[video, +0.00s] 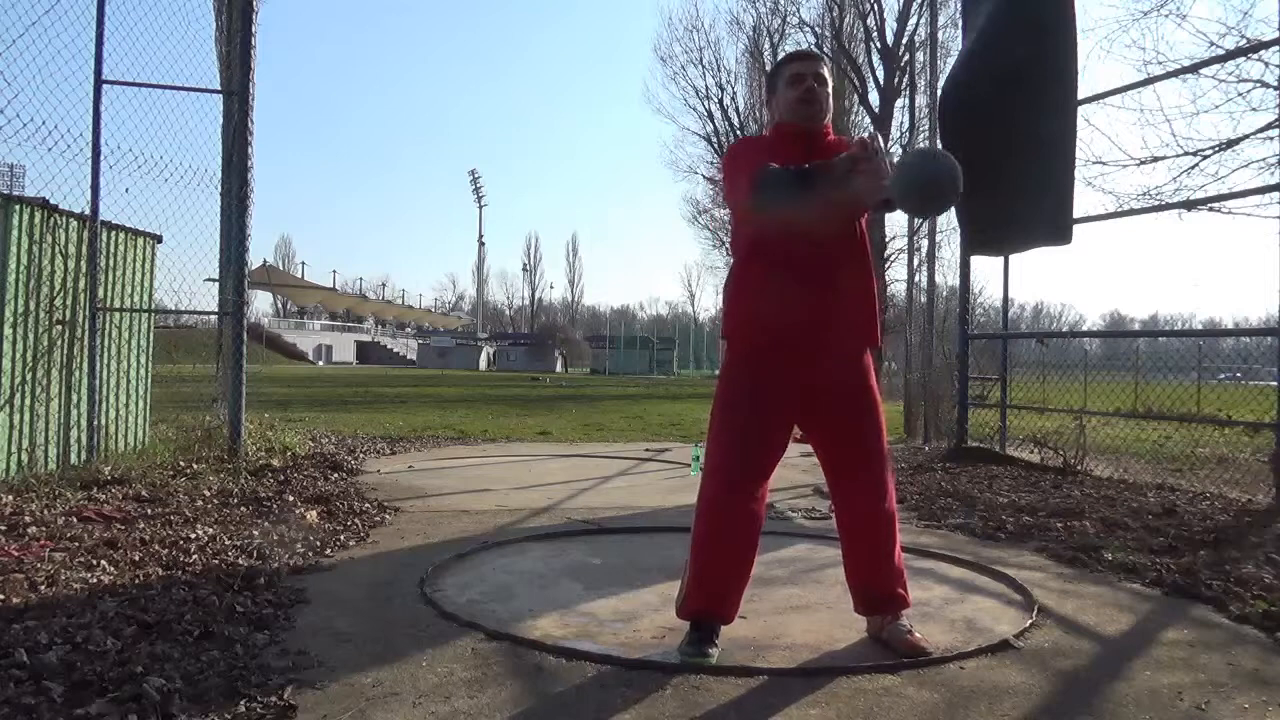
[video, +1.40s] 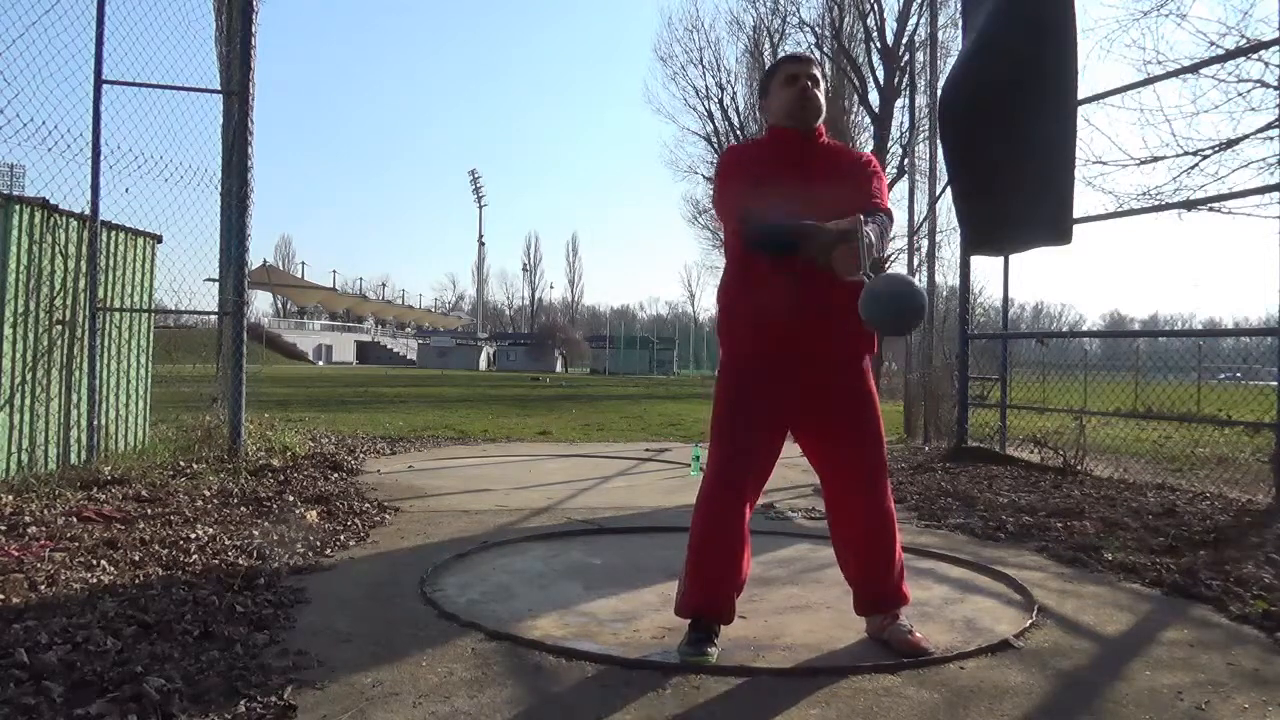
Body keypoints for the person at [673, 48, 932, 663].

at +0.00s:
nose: (809, 86)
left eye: (818, 79)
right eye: (795, 79)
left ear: (832, 98)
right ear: (771, 97)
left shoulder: (852, 154)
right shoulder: (746, 154)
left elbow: (880, 188)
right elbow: (767, 204)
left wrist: (879, 172)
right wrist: (851, 187)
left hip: (843, 353)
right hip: (758, 354)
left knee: (868, 487)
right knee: (729, 489)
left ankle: (887, 616)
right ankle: (705, 620)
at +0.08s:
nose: (810, 86)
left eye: (819, 79)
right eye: (796, 78)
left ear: (834, 98)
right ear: (771, 97)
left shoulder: (863, 161)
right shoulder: (746, 155)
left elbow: (880, 212)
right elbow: (756, 210)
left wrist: (883, 215)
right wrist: (846, 212)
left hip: (840, 356)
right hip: (755, 356)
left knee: (866, 488)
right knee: (726, 489)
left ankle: (887, 616)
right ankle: (704, 620)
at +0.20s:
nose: (816, 91)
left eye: (824, 84)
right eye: (802, 83)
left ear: (836, 101)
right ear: (774, 100)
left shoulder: (863, 168)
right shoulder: (744, 163)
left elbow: (880, 238)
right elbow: (763, 236)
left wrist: (861, 274)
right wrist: (830, 283)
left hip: (834, 354)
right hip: (751, 355)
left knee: (865, 484)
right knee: (722, 489)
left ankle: (887, 616)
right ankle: (704, 620)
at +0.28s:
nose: (821, 94)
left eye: (829, 86)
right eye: (806, 87)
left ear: (842, 102)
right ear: (777, 104)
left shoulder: (865, 173)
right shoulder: (747, 167)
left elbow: (870, 258)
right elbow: (754, 258)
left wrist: (856, 325)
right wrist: (811, 325)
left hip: (832, 352)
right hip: (752, 352)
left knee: (862, 476)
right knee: (722, 485)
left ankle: (887, 615)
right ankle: (704, 619)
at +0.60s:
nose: (859, 173)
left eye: (870, 159)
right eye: (843, 160)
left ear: (881, 163)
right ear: (810, 161)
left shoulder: (893, 238)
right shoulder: (759, 215)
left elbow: (858, 333)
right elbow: (747, 319)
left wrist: (812, 399)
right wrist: (773, 396)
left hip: (827, 362)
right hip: (747, 353)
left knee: (854, 477)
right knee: (721, 480)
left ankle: (885, 614)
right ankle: (703, 620)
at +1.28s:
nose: (813, 89)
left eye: (821, 82)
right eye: (798, 80)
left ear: (833, 101)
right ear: (771, 98)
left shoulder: (861, 169)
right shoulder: (740, 166)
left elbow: (866, 253)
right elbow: (746, 250)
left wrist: (847, 312)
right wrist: (805, 308)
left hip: (835, 350)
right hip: (753, 350)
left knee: (859, 472)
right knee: (725, 479)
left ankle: (885, 614)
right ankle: (705, 618)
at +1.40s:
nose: (806, 84)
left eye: (815, 80)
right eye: (791, 78)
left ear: (828, 103)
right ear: (765, 100)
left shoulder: (859, 165)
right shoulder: (739, 160)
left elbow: (878, 223)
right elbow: (747, 228)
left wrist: (861, 245)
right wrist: (828, 235)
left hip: (839, 359)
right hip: (755, 360)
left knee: (866, 486)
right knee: (727, 488)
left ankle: (885, 615)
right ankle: (704, 620)